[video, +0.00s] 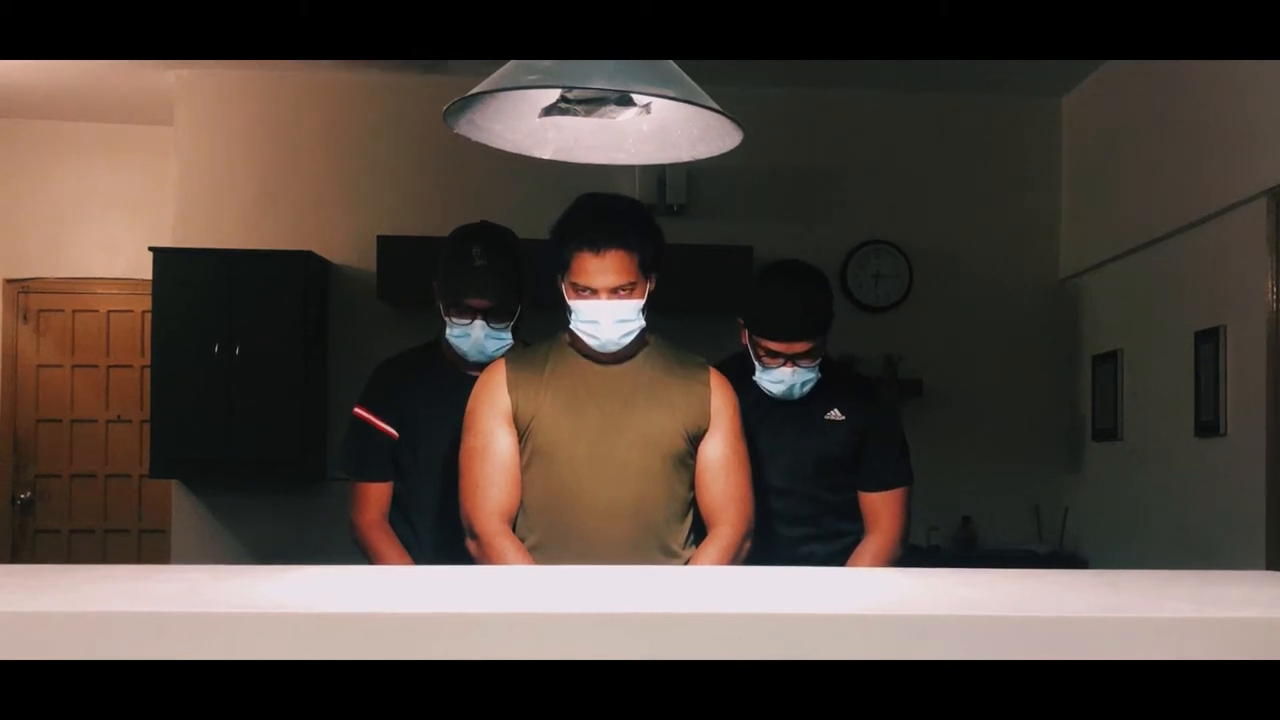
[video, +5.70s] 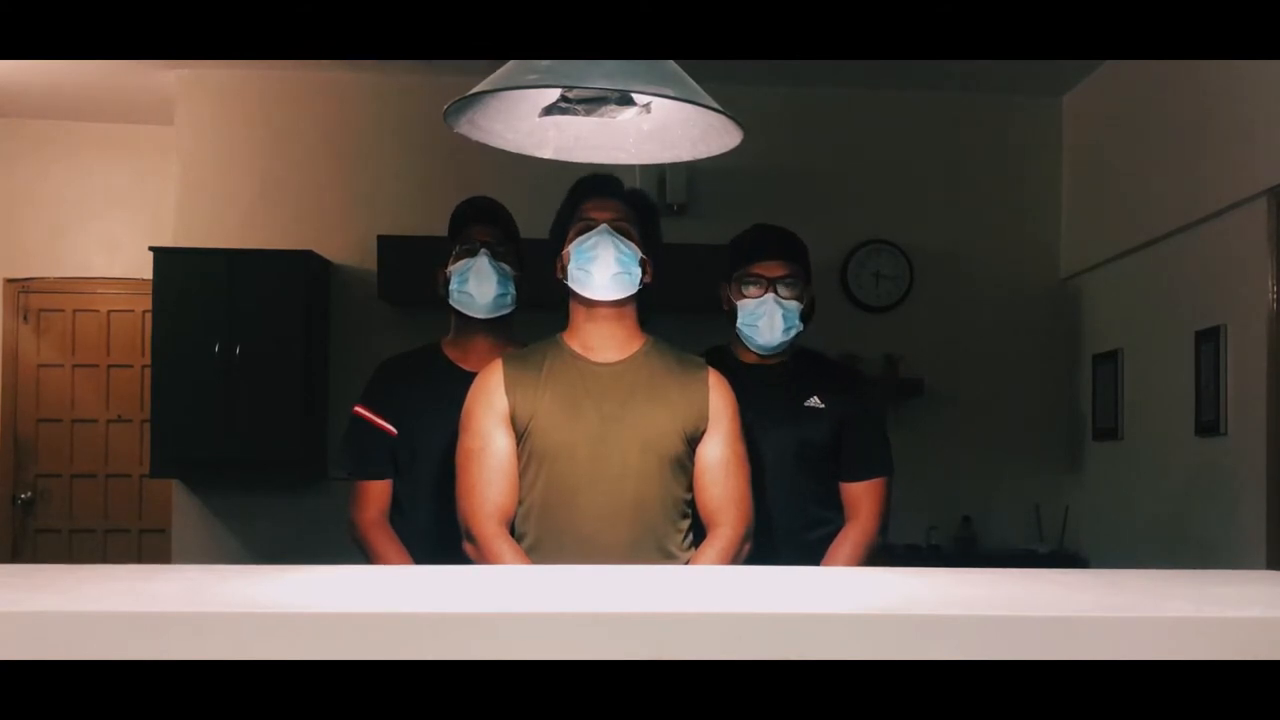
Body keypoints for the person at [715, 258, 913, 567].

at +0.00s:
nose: (788, 372)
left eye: (805, 357)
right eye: (771, 356)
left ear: (824, 340)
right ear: (745, 336)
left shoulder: (865, 404)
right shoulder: (716, 393)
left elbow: (884, 534)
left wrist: (835, 604)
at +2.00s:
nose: (791, 342)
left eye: (807, 326)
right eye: (772, 326)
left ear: (826, 319)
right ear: (746, 320)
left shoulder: (863, 399)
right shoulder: (716, 393)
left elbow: (886, 535)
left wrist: (832, 606)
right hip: (740, 591)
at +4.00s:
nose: (792, 319)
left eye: (808, 305)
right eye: (774, 304)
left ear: (826, 309)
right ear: (747, 309)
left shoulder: (862, 401)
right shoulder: (710, 393)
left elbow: (885, 536)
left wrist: (831, 611)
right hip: (736, 596)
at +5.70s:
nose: (770, 301)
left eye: (787, 287)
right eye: (753, 286)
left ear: (806, 298)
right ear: (730, 294)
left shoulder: (842, 388)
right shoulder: (697, 381)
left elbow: (864, 522)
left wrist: (812, 604)